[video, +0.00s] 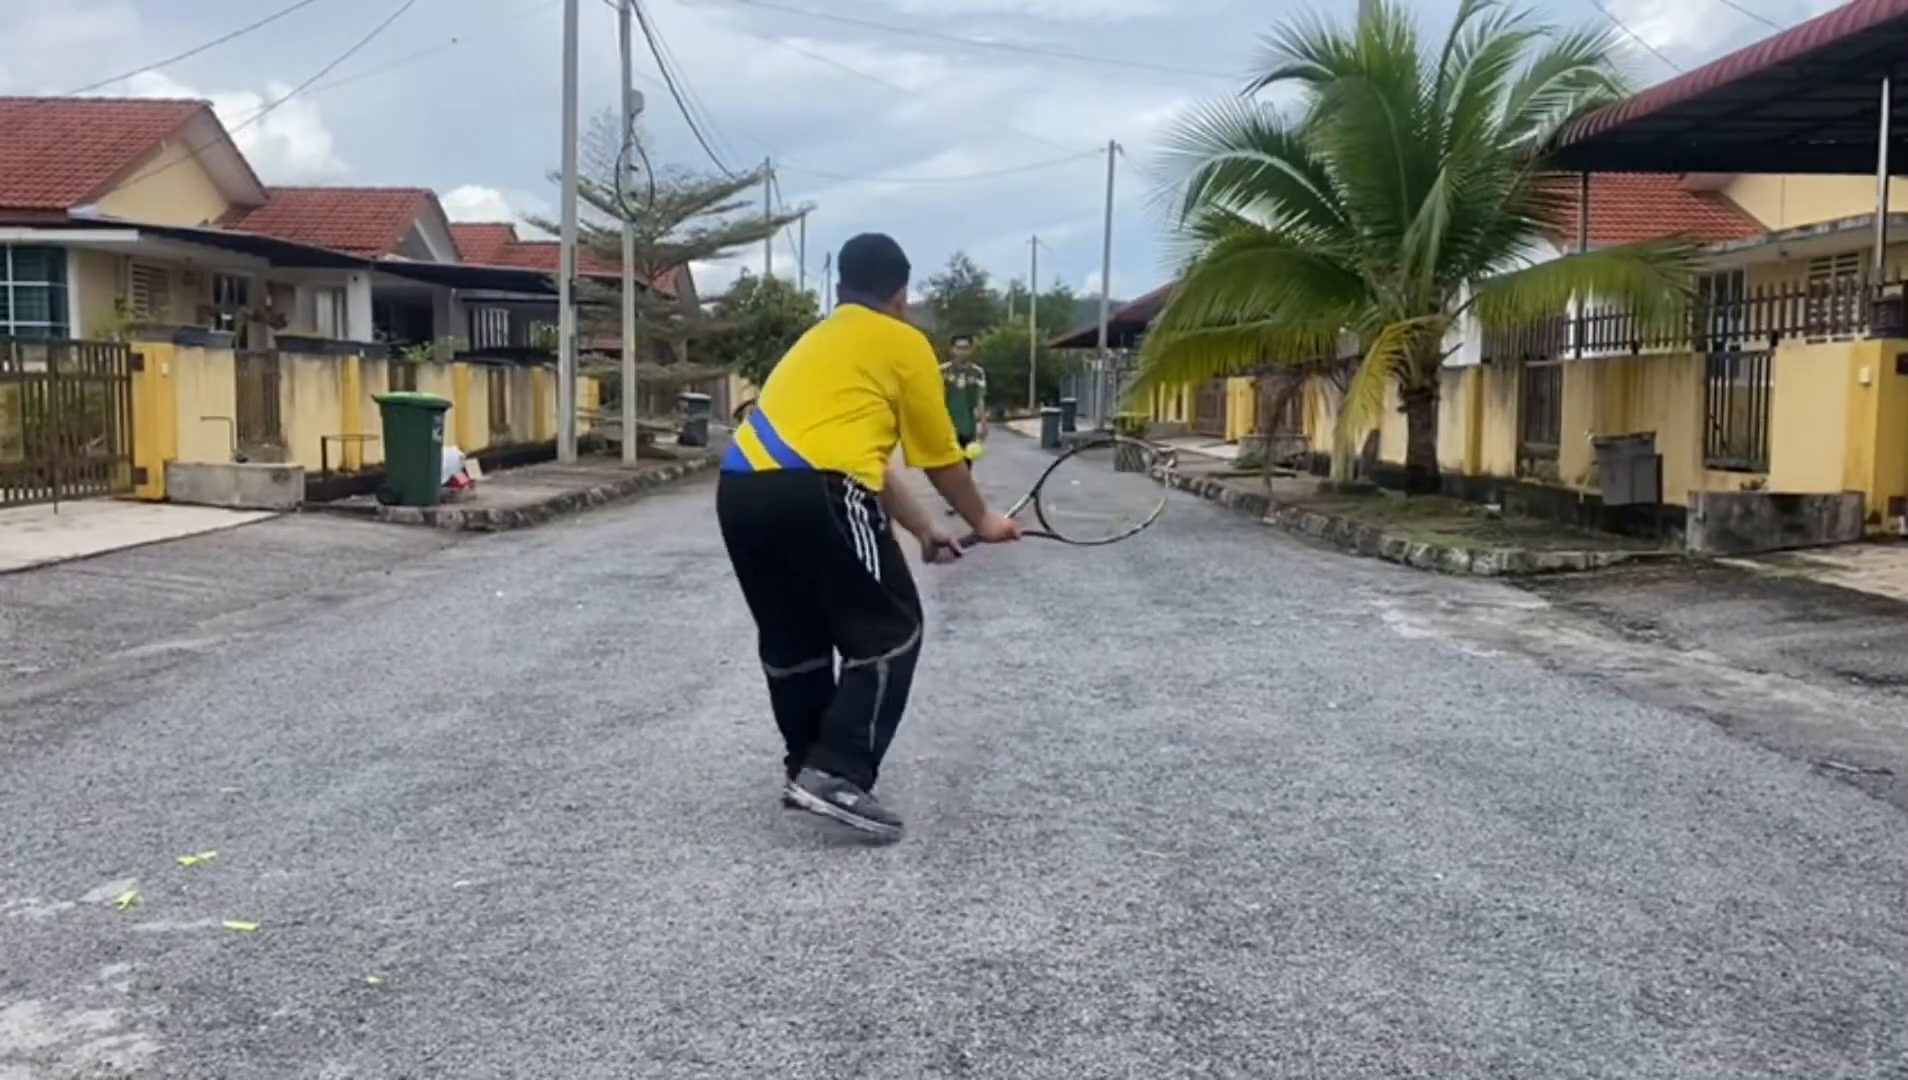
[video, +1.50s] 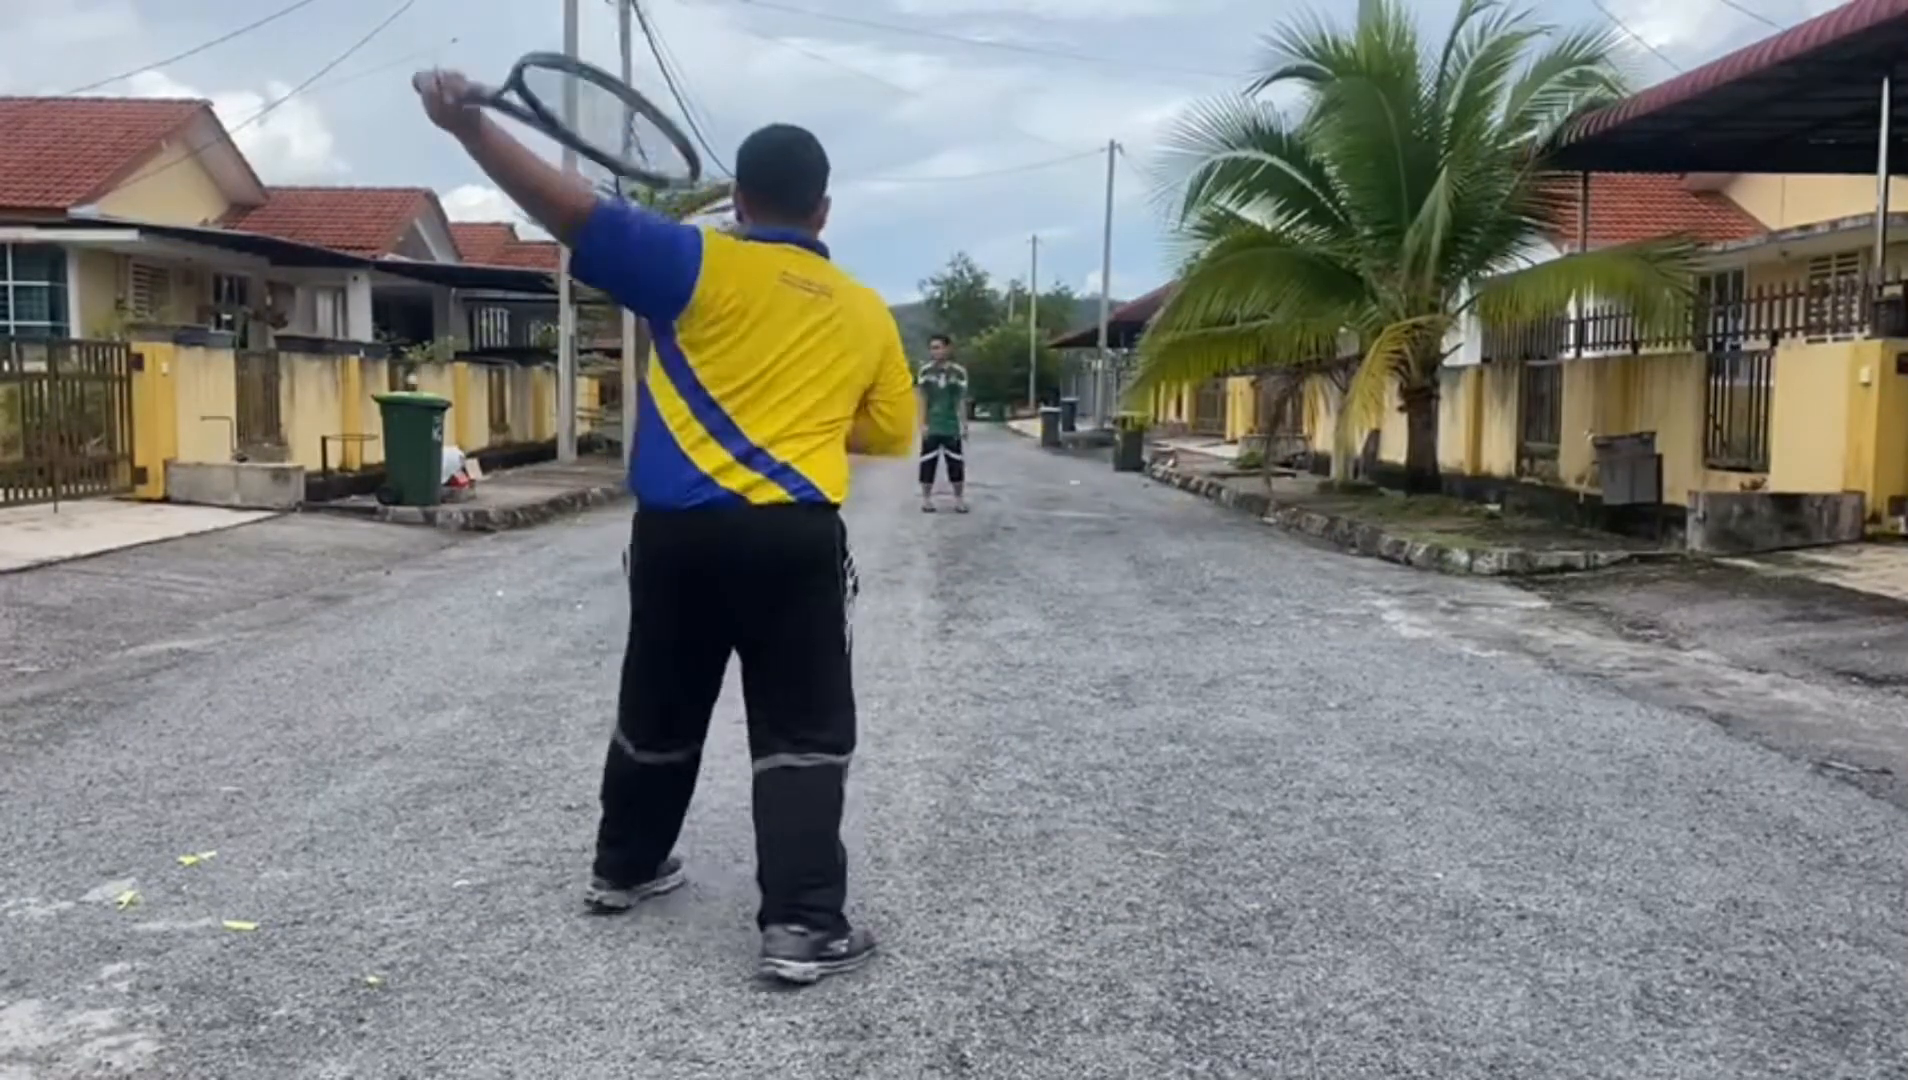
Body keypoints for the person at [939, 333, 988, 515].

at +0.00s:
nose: (961, 352)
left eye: (966, 348)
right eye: (958, 347)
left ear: (971, 350)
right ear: (951, 349)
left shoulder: (977, 373)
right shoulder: (942, 371)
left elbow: (980, 402)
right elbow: (937, 400)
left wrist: (983, 426)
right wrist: (939, 424)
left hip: (969, 427)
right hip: (948, 426)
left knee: (966, 468)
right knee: (950, 465)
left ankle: (963, 501)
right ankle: (953, 501)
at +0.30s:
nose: (957, 350)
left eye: (960, 346)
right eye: (954, 346)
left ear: (965, 349)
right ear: (946, 348)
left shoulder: (971, 372)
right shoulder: (937, 370)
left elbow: (976, 396)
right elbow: (934, 394)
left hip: (966, 419)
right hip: (943, 418)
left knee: (964, 460)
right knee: (940, 457)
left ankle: (956, 497)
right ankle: (929, 496)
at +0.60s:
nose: (949, 350)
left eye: (952, 346)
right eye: (945, 346)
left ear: (957, 349)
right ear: (939, 349)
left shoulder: (963, 371)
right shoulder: (931, 370)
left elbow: (970, 399)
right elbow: (926, 400)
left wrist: (975, 423)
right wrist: (928, 425)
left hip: (959, 426)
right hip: (938, 425)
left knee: (959, 466)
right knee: (933, 465)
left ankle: (955, 499)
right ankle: (928, 498)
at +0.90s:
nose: (941, 351)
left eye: (944, 347)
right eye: (937, 347)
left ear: (951, 350)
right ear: (932, 350)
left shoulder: (955, 372)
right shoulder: (926, 372)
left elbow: (960, 398)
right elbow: (916, 399)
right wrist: (906, 424)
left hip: (952, 426)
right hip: (930, 427)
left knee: (958, 463)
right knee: (928, 465)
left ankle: (957, 499)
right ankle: (926, 499)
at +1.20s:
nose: (939, 351)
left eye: (943, 346)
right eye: (936, 346)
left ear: (949, 349)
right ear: (930, 350)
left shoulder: (956, 373)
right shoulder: (922, 372)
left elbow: (960, 401)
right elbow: (916, 403)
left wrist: (963, 425)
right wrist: (916, 430)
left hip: (951, 427)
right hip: (929, 427)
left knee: (957, 465)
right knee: (927, 465)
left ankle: (959, 498)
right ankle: (926, 499)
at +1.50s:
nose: (935, 352)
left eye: (938, 347)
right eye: (932, 348)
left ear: (948, 349)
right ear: (929, 351)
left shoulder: (958, 372)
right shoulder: (925, 371)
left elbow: (961, 401)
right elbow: (922, 398)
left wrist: (964, 424)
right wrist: (922, 423)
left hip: (952, 424)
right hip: (932, 424)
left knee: (956, 464)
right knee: (927, 463)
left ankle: (959, 498)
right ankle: (926, 498)